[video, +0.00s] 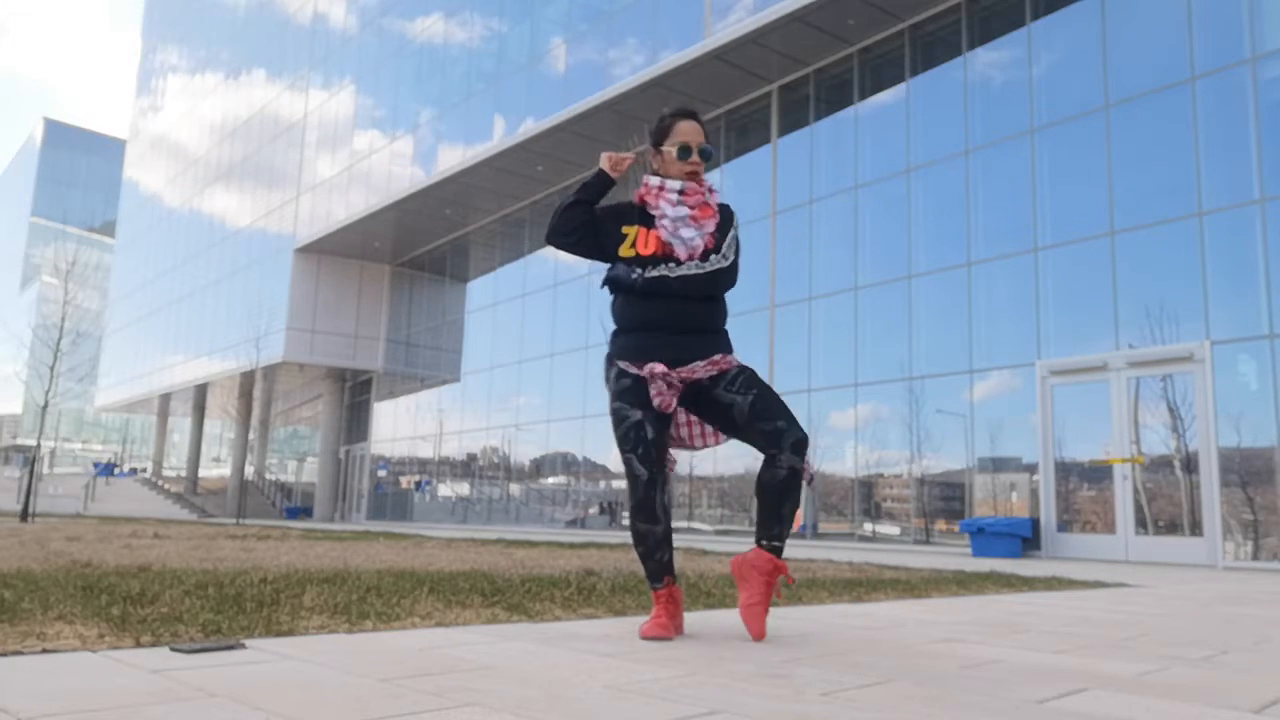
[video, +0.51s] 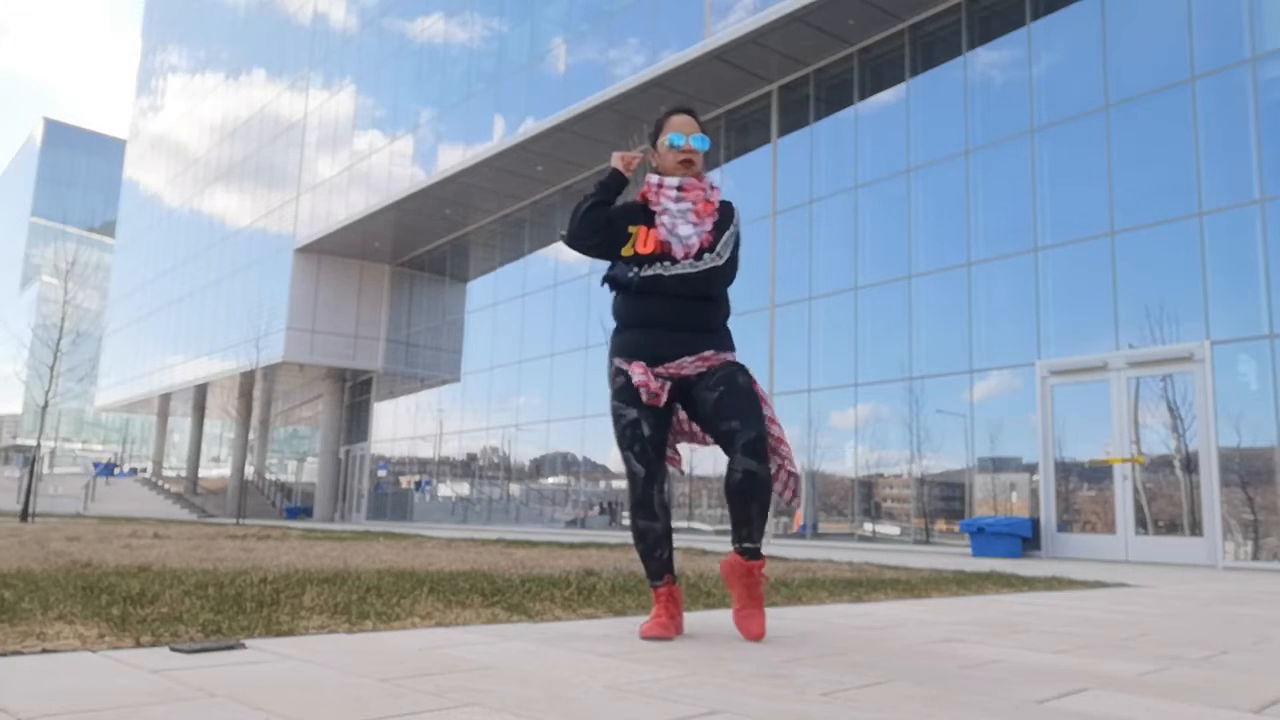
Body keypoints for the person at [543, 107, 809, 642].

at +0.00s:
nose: (695, 161)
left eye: (702, 152)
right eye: (683, 151)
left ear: (709, 158)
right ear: (657, 157)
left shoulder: (718, 214)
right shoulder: (626, 218)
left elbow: (723, 273)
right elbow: (562, 233)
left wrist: (636, 276)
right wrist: (602, 178)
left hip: (708, 363)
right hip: (637, 367)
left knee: (788, 441)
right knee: (645, 476)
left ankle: (764, 563)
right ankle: (665, 596)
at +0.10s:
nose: (698, 160)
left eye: (705, 151)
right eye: (686, 150)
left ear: (710, 157)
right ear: (658, 157)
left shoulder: (719, 215)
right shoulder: (628, 219)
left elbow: (732, 275)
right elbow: (561, 233)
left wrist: (647, 276)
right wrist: (601, 178)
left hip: (707, 365)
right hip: (636, 366)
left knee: (788, 441)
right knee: (649, 474)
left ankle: (761, 564)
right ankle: (666, 598)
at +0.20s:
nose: (699, 156)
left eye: (705, 148)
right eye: (685, 148)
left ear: (711, 156)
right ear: (658, 156)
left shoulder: (719, 215)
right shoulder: (629, 215)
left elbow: (735, 278)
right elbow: (565, 232)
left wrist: (649, 274)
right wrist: (604, 176)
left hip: (705, 364)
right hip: (635, 364)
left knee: (786, 438)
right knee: (648, 473)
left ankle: (760, 563)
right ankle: (665, 597)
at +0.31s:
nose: (695, 152)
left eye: (703, 145)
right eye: (681, 144)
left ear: (711, 157)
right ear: (656, 155)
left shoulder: (720, 215)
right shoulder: (629, 213)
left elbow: (730, 280)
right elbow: (570, 234)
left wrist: (642, 273)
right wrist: (610, 176)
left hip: (706, 365)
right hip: (635, 365)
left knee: (784, 442)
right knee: (646, 472)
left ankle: (758, 563)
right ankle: (665, 596)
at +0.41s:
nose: (692, 152)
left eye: (700, 143)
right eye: (679, 143)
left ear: (708, 154)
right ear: (655, 153)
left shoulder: (719, 214)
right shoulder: (628, 214)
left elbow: (726, 274)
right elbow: (576, 234)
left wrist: (638, 275)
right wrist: (614, 175)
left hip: (705, 361)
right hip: (635, 363)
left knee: (775, 441)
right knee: (645, 472)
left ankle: (755, 564)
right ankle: (665, 596)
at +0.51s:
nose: (688, 151)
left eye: (697, 142)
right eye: (676, 142)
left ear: (707, 153)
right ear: (653, 153)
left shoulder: (720, 211)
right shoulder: (631, 212)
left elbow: (718, 269)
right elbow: (581, 235)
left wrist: (634, 274)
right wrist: (616, 177)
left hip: (707, 356)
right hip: (637, 361)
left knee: (752, 445)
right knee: (644, 476)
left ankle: (747, 570)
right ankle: (665, 596)